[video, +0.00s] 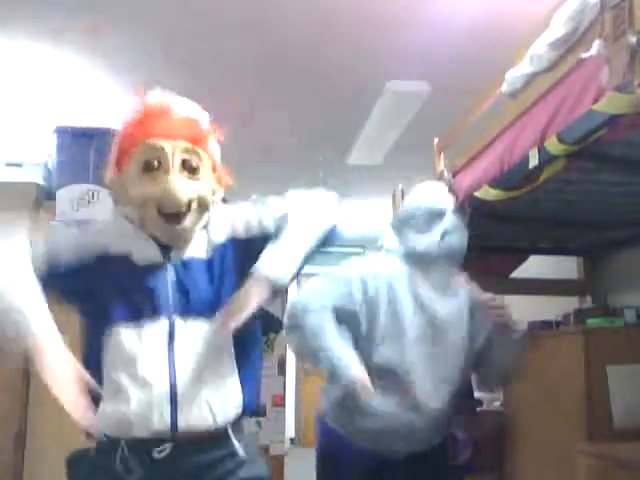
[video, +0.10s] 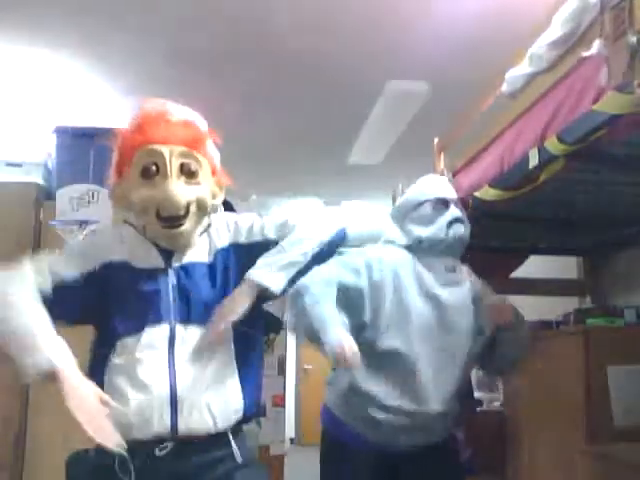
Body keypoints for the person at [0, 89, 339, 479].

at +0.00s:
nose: (173, 189)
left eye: (190, 166)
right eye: (150, 166)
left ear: (216, 183)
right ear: (118, 185)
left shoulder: (234, 236)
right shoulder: (95, 250)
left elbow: (319, 205)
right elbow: (13, 253)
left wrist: (264, 281)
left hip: (219, 458)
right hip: (119, 459)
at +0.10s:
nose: (172, 194)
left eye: (189, 173)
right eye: (151, 173)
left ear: (212, 184)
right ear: (122, 187)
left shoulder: (237, 237)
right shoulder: (105, 249)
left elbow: (321, 221)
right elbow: (15, 285)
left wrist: (254, 287)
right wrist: (63, 374)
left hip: (217, 459)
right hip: (119, 460)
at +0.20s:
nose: (168, 200)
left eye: (186, 178)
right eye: (148, 179)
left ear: (215, 193)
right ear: (123, 196)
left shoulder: (238, 243)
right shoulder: (109, 260)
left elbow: (323, 233)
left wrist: (241, 286)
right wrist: (96, 414)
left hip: (223, 459)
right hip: (129, 459)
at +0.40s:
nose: (171, 212)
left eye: (188, 189)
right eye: (150, 190)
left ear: (218, 198)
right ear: (127, 203)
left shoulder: (242, 252)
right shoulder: (116, 266)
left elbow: (324, 220)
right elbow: (61, 363)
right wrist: (116, 428)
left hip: (221, 452)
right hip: (125, 452)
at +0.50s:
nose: (168, 204)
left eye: (186, 186)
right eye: (148, 186)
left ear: (216, 196)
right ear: (126, 201)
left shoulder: (242, 260)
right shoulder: (116, 269)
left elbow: (322, 209)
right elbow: (67, 360)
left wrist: (229, 227)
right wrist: (121, 423)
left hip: (220, 449)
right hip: (124, 448)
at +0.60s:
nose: (167, 197)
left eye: (184, 181)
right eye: (148, 182)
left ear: (217, 191)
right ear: (127, 196)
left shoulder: (241, 250)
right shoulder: (114, 258)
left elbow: (320, 207)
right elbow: (73, 354)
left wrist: (232, 207)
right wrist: (121, 415)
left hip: (222, 444)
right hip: (125, 442)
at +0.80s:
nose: (169, 203)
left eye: (187, 182)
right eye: (150, 184)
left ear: (221, 192)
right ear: (130, 200)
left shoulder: (233, 255)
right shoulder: (119, 269)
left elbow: (280, 203)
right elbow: (78, 359)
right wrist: (117, 420)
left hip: (218, 453)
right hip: (126, 455)